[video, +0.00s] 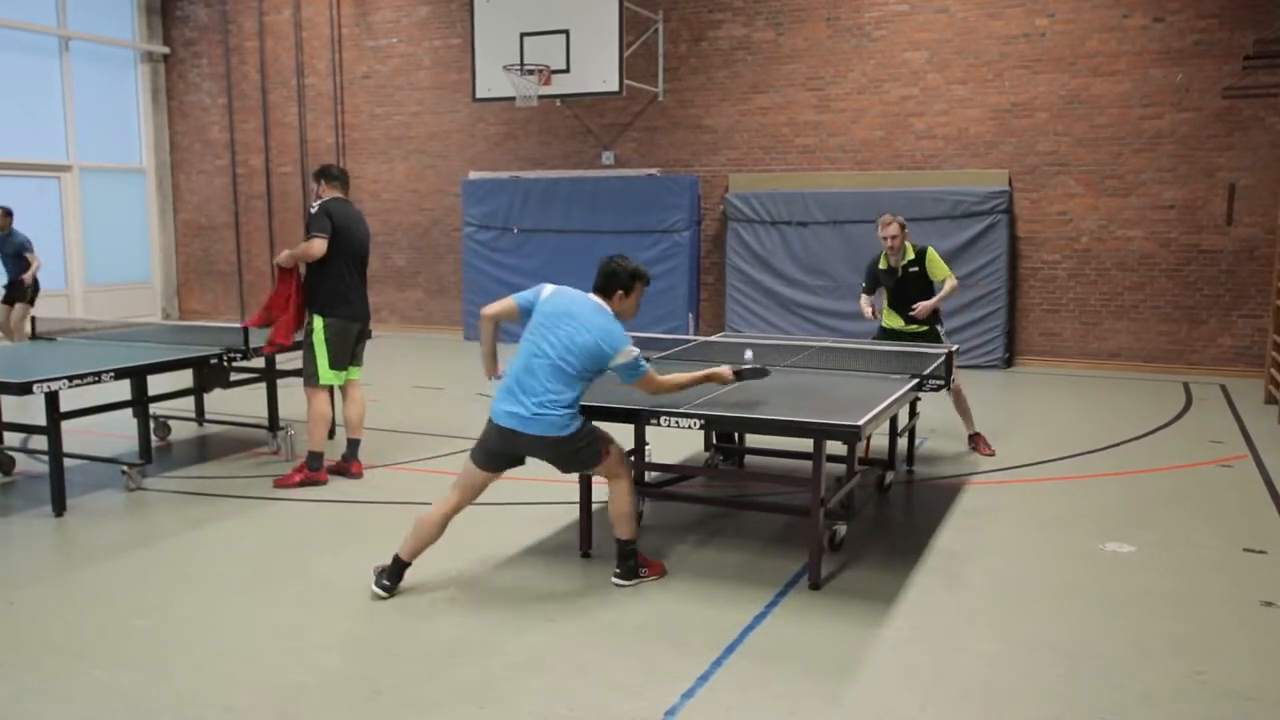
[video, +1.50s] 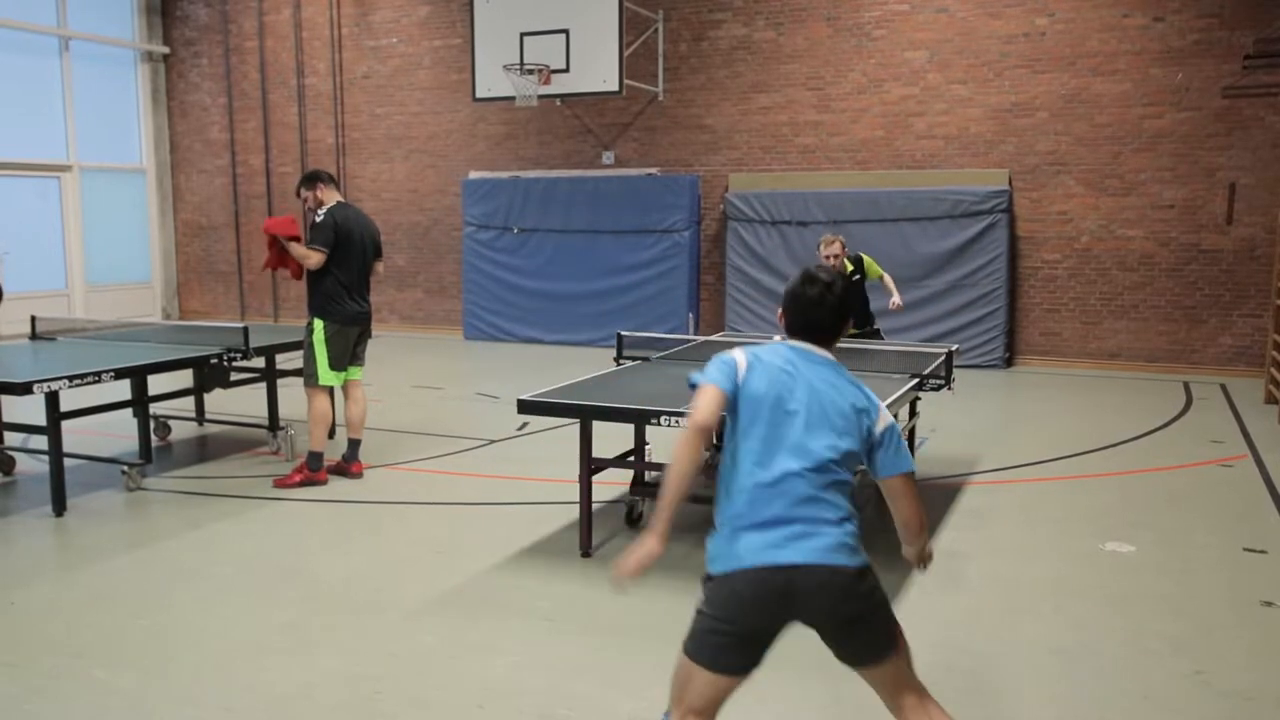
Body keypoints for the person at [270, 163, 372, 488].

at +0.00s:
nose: (314, 194)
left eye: (314, 188)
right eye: (314, 189)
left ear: (322, 186)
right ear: (344, 188)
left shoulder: (324, 210)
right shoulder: (357, 216)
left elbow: (317, 248)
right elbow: (356, 265)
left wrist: (291, 255)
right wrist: (309, 267)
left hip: (328, 313)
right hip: (357, 313)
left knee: (317, 388)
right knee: (352, 385)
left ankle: (314, 465)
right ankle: (351, 460)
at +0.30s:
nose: (312, 195)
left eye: (312, 190)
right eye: (312, 190)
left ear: (320, 187)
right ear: (342, 188)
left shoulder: (325, 214)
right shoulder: (360, 220)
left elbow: (313, 253)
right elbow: (355, 266)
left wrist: (281, 255)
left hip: (325, 317)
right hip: (356, 315)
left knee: (313, 389)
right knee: (350, 384)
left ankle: (313, 466)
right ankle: (351, 460)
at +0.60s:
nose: (312, 197)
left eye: (311, 192)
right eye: (312, 192)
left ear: (317, 189)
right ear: (340, 186)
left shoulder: (324, 218)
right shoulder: (360, 219)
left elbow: (306, 261)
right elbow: (348, 264)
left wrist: (289, 246)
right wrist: (308, 272)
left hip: (326, 317)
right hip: (357, 315)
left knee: (318, 391)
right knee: (351, 385)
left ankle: (314, 466)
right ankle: (351, 460)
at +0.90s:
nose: (309, 207)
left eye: (307, 203)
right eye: (307, 204)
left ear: (313, 196)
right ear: (333, 190)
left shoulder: (327, 218)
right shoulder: (363, 222)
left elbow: (304, 256)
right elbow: (360, 263)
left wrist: (288, 232)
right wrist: (307, 254)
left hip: (329, 318)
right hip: (359, 316)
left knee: (319, 391)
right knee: (353, 386)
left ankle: (314, 467)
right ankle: (352, 461)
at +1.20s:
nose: (309, 206)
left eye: (308, 201)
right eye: (307, 202)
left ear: (317, 192)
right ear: (334, 189)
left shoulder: (327, 217)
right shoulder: (366, 222)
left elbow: (307, 255)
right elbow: (374, 268)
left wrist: (277, 238)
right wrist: (334, 258)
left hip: (329, 317)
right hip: (359, 316)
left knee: (318, 390)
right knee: (353, 385)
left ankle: (314, 466)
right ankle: (351, 460)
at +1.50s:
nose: (307, 206)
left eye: (306, 200)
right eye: (304, 201)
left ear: (319, 190)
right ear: (332, 188)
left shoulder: (327, 218)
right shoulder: (366, 222)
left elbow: (314, 260)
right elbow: (376, 267)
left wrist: (286, 243)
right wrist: (332, 259)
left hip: (328, 317)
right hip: (360, 315)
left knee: (318, 389)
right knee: (353, 384)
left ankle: (314, 466)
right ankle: (351, 460)